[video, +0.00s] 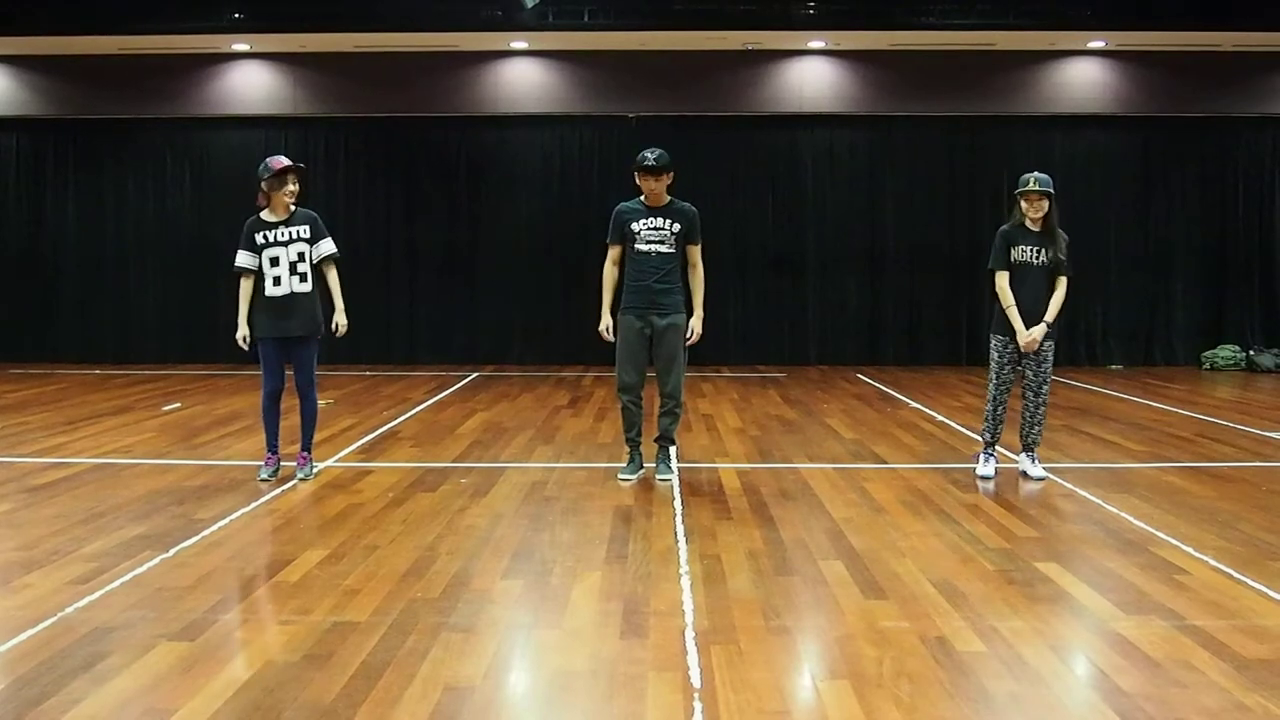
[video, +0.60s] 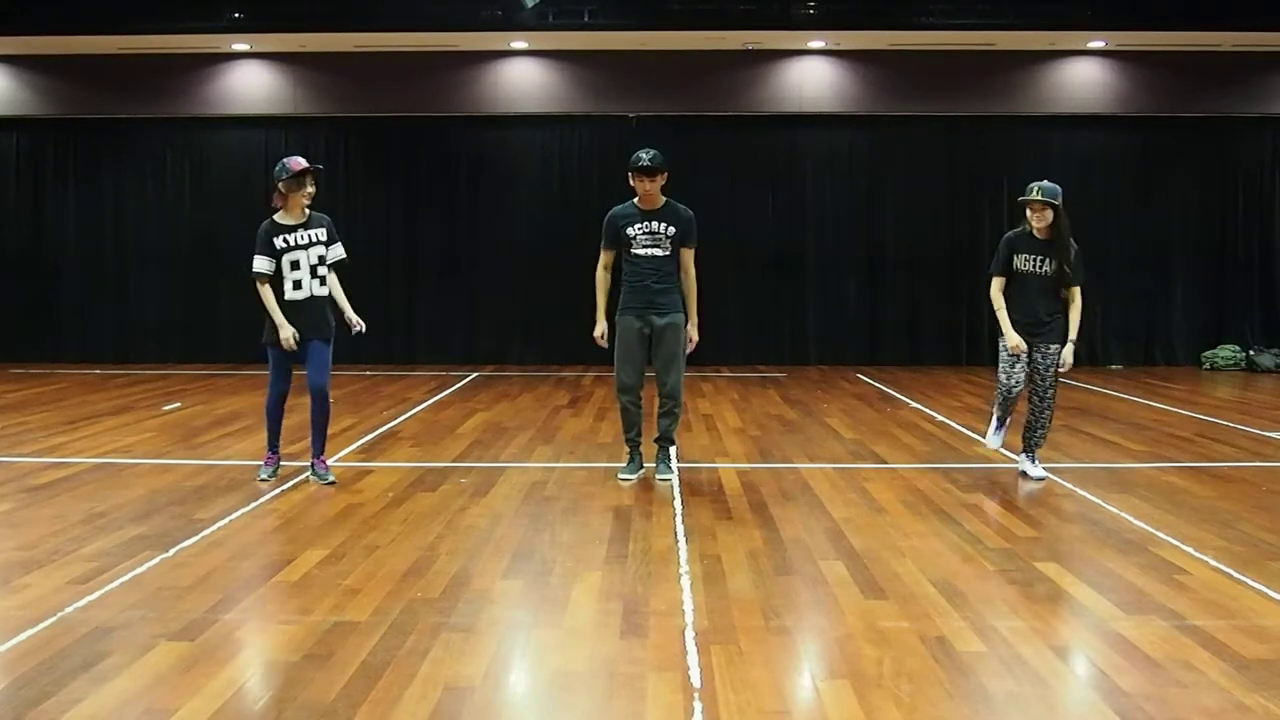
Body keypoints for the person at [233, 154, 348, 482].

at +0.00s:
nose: (292, 189)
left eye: (294, 183)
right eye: (284, 184)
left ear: (298, 185)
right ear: (267, 188)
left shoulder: (309, 220)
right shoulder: (254, 226)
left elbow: (328, 266)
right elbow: (247, 276)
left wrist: (339, 308)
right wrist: (242, 322)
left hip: (306, 320)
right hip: (267, 322)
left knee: (306, 387)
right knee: (272, 388)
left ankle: (305, 454)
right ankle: (271, 455)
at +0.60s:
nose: (309, 190)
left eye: (311, 184)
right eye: (300, 185)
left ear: (314, 186)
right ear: (283, 189)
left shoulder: (322, 224)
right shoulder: (269, 230)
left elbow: (329, 273)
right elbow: (262, 283)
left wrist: (348, 311)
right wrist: (281, 324)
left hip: (320, 321)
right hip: (282, 322)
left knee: (319, 387)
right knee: (278, 389)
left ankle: (318, 459)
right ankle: (272, 454)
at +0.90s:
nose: (336, 199)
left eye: (338, 192)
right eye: (329, 194)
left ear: (341, 193)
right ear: (309, 195)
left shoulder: (346, 223)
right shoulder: (293, 226)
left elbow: (374, 266)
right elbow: (286, 270)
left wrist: (365, 248)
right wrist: (326, 246)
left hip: (341, 318)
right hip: (307, 317)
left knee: (331, 389)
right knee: (328, 382)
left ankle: (320, 460)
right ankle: (295, 429)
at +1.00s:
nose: (341, 190)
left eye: (342, 183)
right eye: (333, 185)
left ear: (347, 184)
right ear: (315, 188)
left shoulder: (353, 219)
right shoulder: (301, 221)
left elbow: (381, 260)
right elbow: (301, 262)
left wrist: (374, 232)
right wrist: (332, 230)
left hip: (347, 313)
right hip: (314, 311)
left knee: (331, 383)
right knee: (343, 374)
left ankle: (319, 455)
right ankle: (316, 439)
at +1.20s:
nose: (355, 183)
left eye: (356, 177)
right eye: (346, 179)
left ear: (358, 181)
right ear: (330, 185)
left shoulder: (370, 222)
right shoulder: (320, 224)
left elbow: (388, 265)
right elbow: (336, 259)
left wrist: (389, 228)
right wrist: (355, 217)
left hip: (362, 314)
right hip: (331, 316)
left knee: (344, 393)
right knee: (357, 388)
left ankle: (320, 458)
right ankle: (350, 468)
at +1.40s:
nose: (376, 177)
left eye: (374, 171)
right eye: (368, 173)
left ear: (365, 180)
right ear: (350, 181)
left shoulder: (379, 218)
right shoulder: (341, 223)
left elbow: (416, 249)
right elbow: (376, 247)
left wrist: (413, 213)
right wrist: (380, 209)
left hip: (383, 320)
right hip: (353, 323)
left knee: (408, 383)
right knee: (359, 395)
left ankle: (374, 444)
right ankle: (349, 470)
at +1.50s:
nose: (386, 173)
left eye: (383, 168)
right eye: (378, 169)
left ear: (372, 179)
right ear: (361, 179)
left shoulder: (388, 216)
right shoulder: (355, 221)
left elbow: (424, 245)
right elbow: (397, 243)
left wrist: (421, 210)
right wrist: (394, 205)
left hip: (394, 318)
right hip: (359, 321)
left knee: (419, 383)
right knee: (354, 394)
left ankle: (410, 463)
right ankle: (349, 469)